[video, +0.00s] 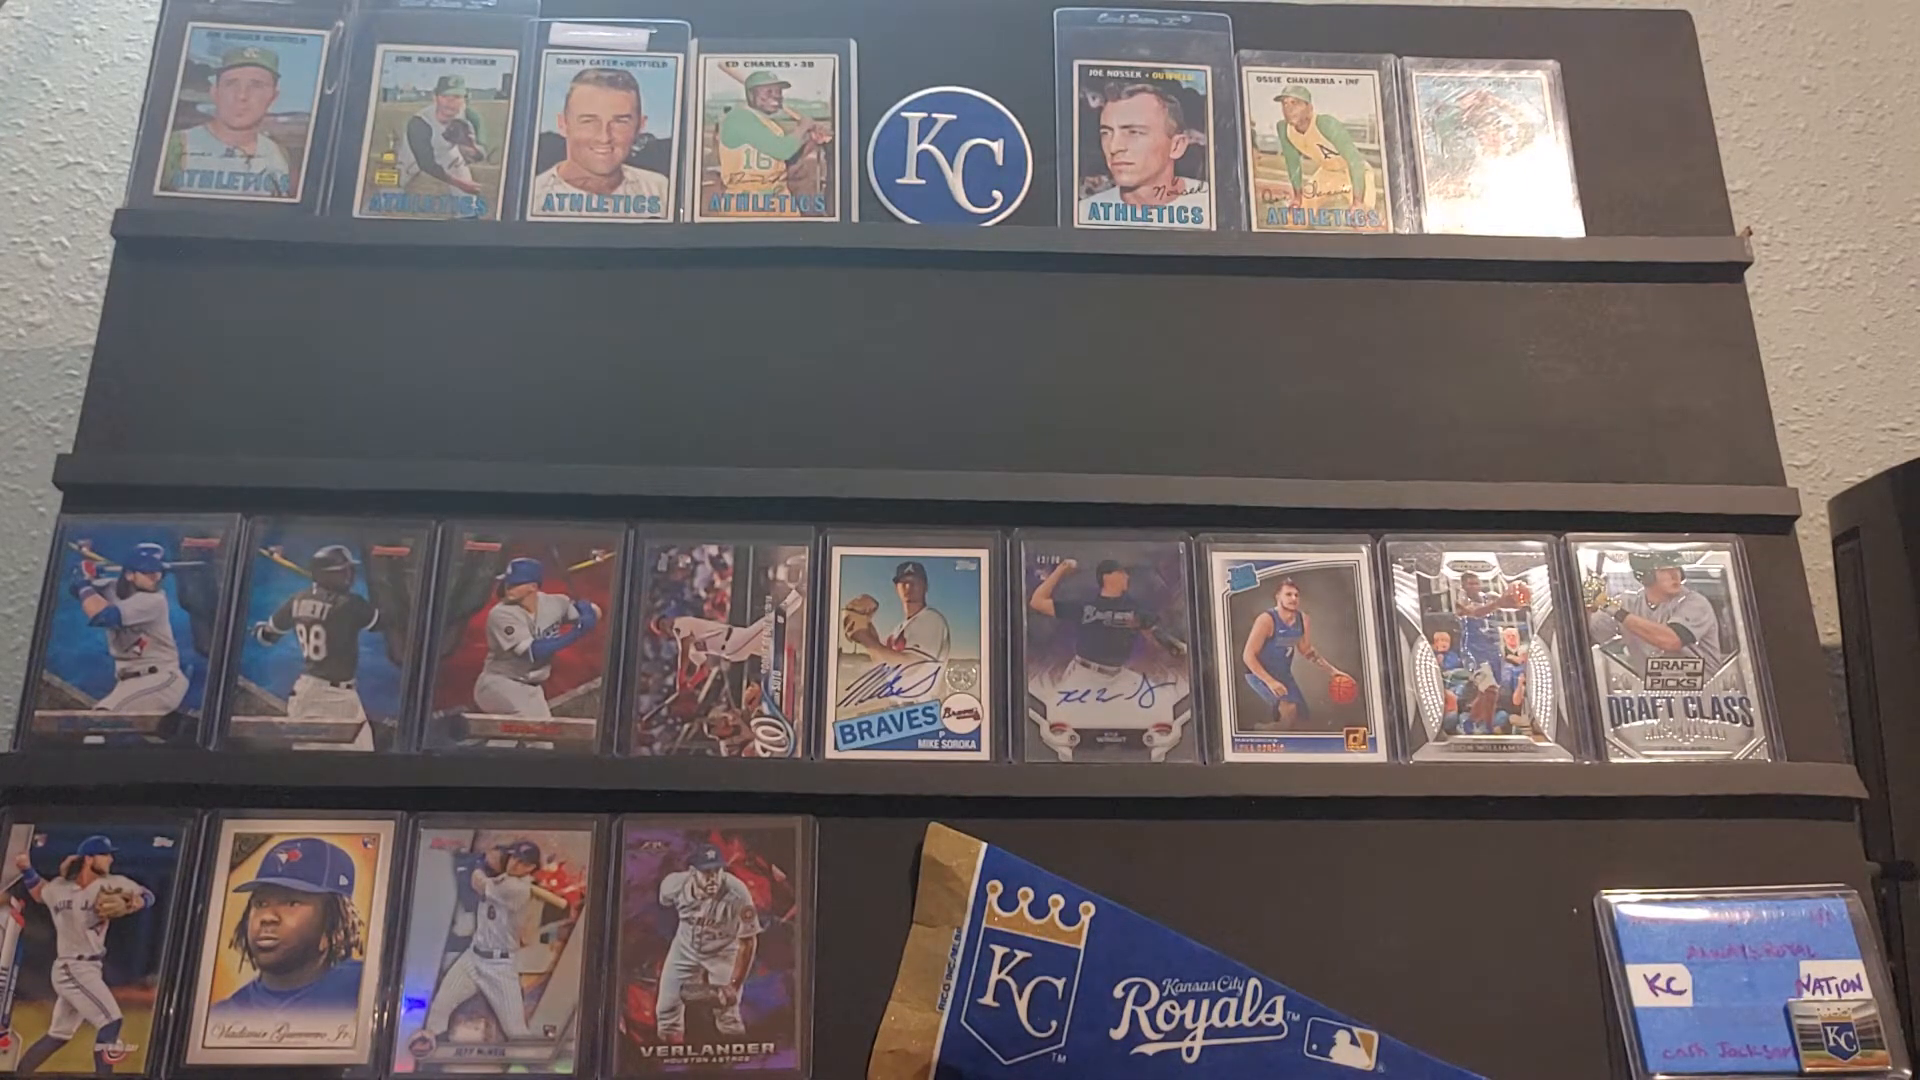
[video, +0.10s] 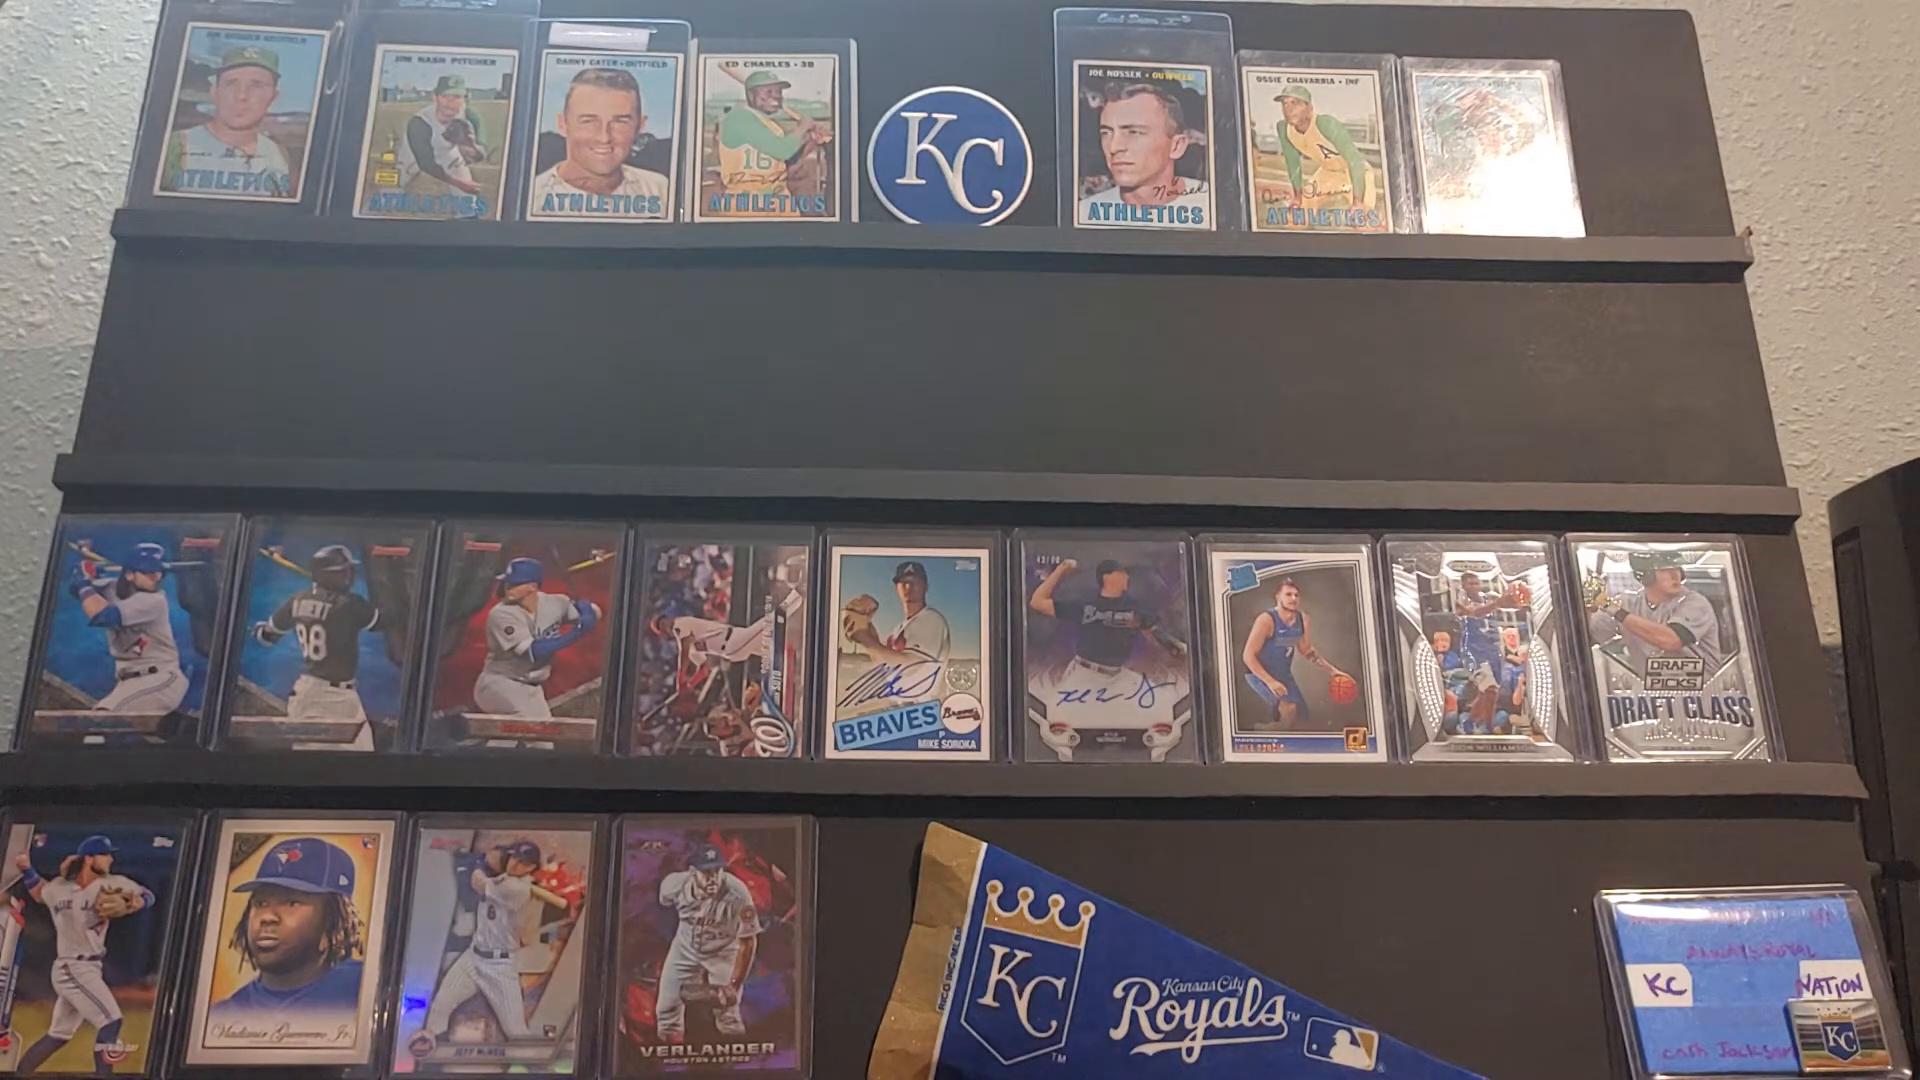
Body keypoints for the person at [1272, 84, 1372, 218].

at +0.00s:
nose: (1288, 108)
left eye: (1294, 103)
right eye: (1284, 104)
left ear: (1309, 107)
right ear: (1281, 107)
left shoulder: (1327, 123)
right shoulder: (1283, 128)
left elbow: (1355, 161)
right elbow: (1293, 163)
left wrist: (1358, 202)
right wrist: (1297, 198)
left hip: (1355, 172)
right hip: (1327, 172)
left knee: (1360, 219)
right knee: (1302, 208)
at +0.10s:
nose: (1288, 108)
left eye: (1294, 103)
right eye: (1284, 104)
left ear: (1309, 107)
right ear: (1281, 107)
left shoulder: (1327, 123)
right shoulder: (1283, 128)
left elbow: (1355, 161)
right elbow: (1293, 163)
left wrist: (1358, 202)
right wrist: (1297, 198)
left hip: (1355, 172)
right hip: (1327, 172)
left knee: (1360, 219)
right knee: (1302, 208)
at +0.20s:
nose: (1288, 108)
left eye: (1294, 103)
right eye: (1285, 104)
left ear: (1309, 107)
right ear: (1281, 107)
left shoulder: (1327, 123)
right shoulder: (1283, 128)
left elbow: (1355, 161)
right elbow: (1293, 163)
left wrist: (1358, 202)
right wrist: (1297, 198)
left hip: (1355, 172)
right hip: (1327, 172)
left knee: (1360, 219)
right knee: (1302, 208)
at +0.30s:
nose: (1288, 108)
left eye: (1294, 103)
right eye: (1285, 104)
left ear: (1309, 107)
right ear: (1281, 107)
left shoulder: (1327, 123)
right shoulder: (1283, 128)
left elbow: (1355, 161)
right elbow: (1293, 163)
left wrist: (1358, 202)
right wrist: (1297, 198)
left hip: (1355, 172)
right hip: (1327, 172)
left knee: (1360, 219)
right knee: (1302, 208)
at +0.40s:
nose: (1288, 108)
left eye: (1294, 103)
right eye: (1284, 104)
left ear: (1309, 107)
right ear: (1281, 107)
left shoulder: (1327, 123)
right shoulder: (1283, 128)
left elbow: (1355, 161)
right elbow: (1293, 163)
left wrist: (1358, 202)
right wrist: (1297, 198)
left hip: (1355, 172)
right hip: (1327, 172)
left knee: (1360, 219)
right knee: (1302, 209)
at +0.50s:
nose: (1288, 109)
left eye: (1294, 103)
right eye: (1285, 104)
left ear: (1309, 107)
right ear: (1281, 107)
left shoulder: (1327, 123)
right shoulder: (1283, 128)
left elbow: (1355, 161)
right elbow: (1293, 164)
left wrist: (1358, 202)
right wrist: (1297, 197)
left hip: (1355, 172)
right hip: (1327, 172)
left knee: (1360, 219)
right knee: (1302, 209)